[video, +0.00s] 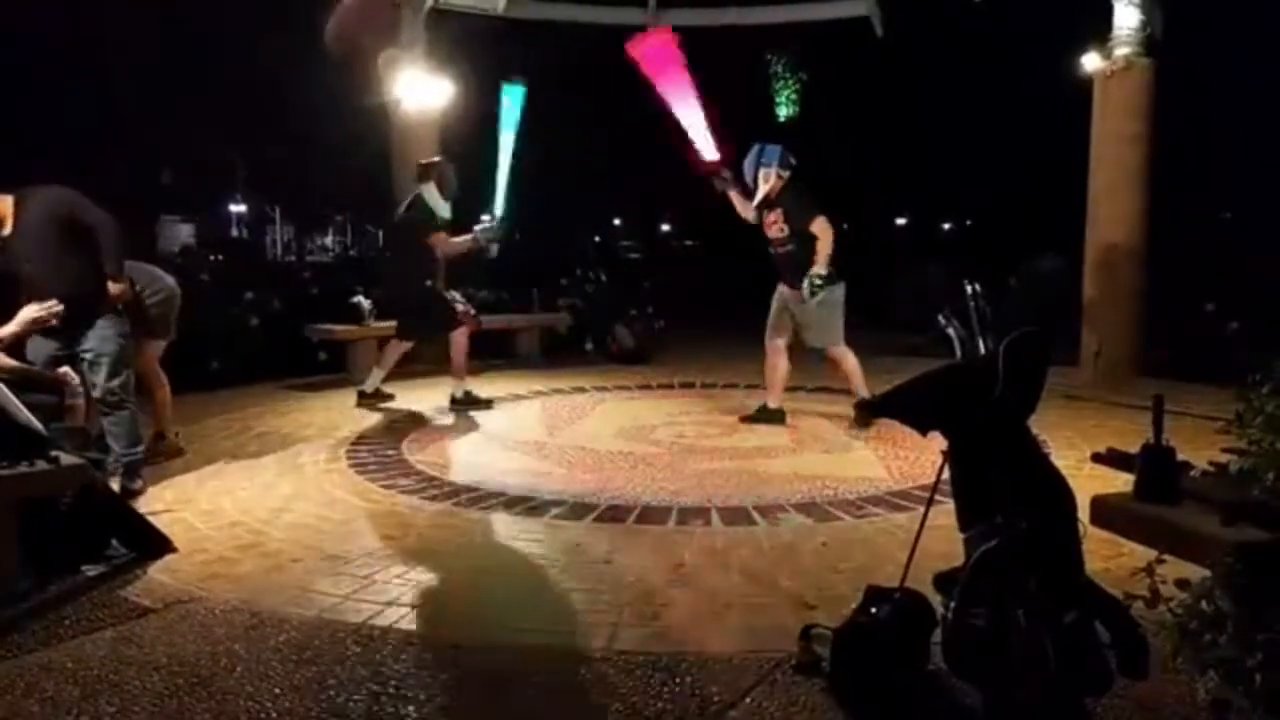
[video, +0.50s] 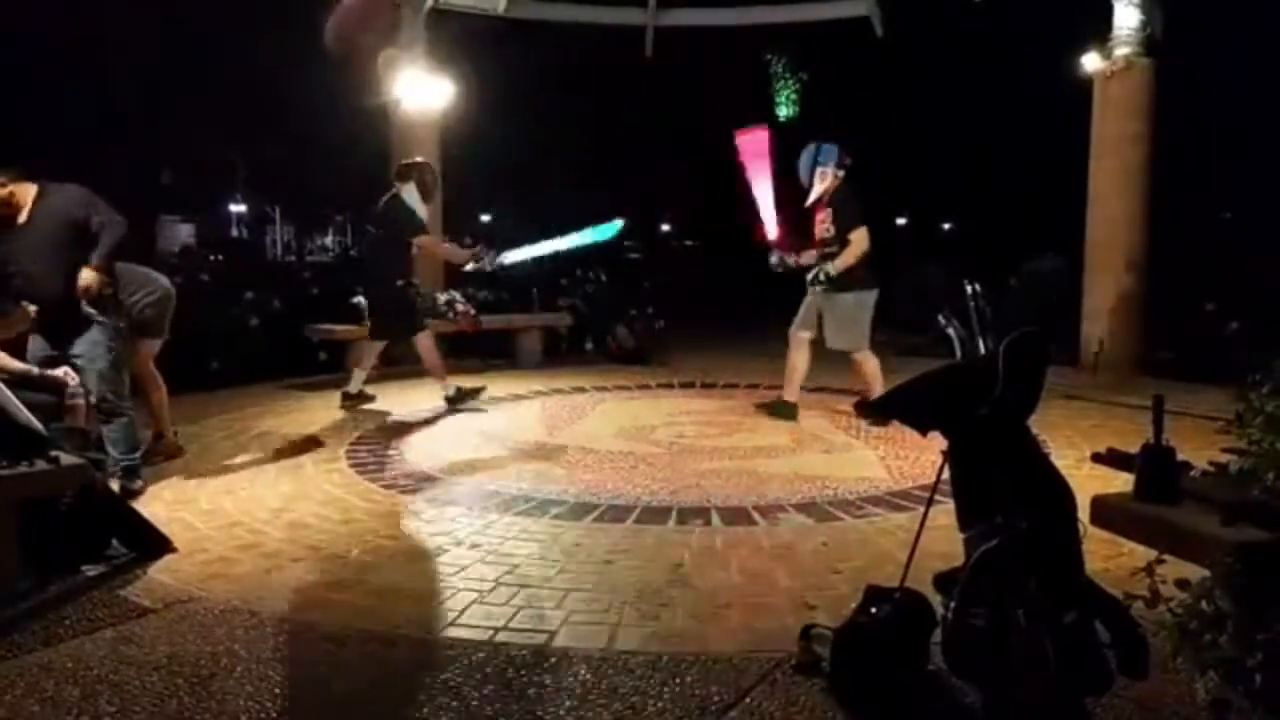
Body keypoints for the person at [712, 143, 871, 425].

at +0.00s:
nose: (760, 182)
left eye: (764, 175)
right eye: (758, 176)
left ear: (777, 174)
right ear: (758, 175)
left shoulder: (795, 200)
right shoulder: (766, 201)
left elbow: (825, 232)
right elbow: (748, 214)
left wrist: (819, 269)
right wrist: (730, 190)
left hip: (819, 287)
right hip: (787, 288)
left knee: (835, 348)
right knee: (775, 343)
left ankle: (863, 400)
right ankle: (773, 406)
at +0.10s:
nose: (769, 180)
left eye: (774, 174)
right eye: (767, 173)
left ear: (787, 175)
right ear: (763, 173)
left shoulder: (802, 203)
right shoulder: (769, 203)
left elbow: (827, 238)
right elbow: (763, 231)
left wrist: (814, 273)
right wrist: (741, 207)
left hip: (823, 289)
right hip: (788, 288)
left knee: (838, 349)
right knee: (771, 341)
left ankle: (869, 397)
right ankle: (772, 406)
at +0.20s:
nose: (786, 192)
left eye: (790, 185)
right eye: (782, 186)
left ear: (801, 183)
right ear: (776, 185)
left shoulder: (818, 209)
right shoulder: (785, 214)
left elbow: (839, 248)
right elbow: (785, 253)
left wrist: (816, 280)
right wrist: (759, 236)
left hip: (833, 294)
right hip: (796, 292)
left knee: (843, 355)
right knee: (772, 341)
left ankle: (873, 399)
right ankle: (772, 405)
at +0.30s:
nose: (806, 192)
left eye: (811, 185)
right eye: (802, 186)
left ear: (821, 185)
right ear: (796, 187)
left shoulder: (834, 213)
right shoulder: (799, 216)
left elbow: (853, 256)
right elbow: (809, 259)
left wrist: (825, 282)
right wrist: (780, 255)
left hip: (846, 295)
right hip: (812, 292)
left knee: (849, 354)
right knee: (782, 340)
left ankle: (876, 401)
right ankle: (773, 406)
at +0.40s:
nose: (813, 188)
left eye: (819, 182)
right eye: (810, 181)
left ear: (831, 181)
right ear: (806, 180)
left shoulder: (843, 208)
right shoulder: (810, 210)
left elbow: (859, 250)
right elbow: (815, 255)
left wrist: (830, 275)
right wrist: (787, 257)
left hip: (851, 292)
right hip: (818, 288)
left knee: (855, 353)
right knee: (792, 339)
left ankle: (878, 401)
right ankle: (777, 403)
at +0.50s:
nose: (817, 182)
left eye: (821, 175)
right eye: (815, 175)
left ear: (832, 173)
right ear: (813, 174)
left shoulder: (845, 200)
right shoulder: (821, 203)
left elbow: (861, 242)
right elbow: (826, 249)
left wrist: (831, 268)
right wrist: (792, 260)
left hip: (854, 287)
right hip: (824, 285)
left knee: (857, 349)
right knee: (799, 335)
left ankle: (879, 401)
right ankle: (788, 400)